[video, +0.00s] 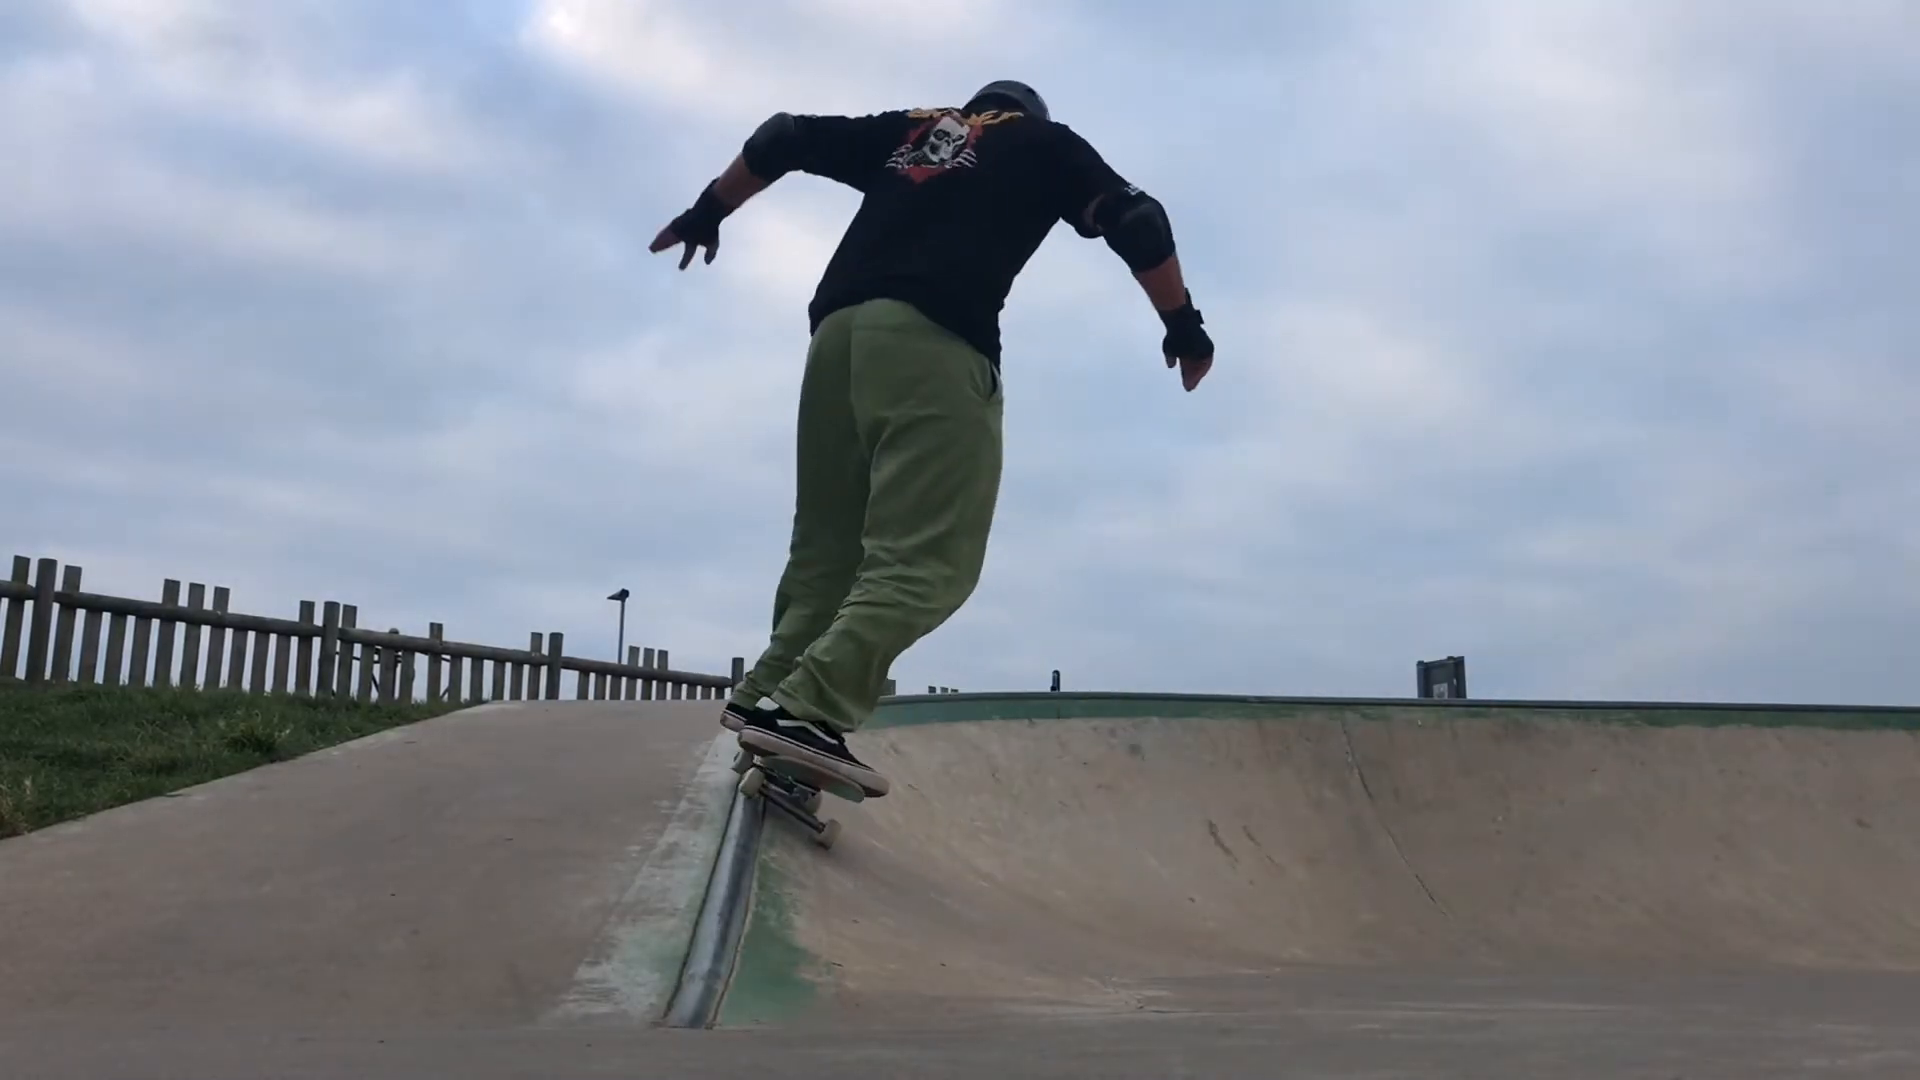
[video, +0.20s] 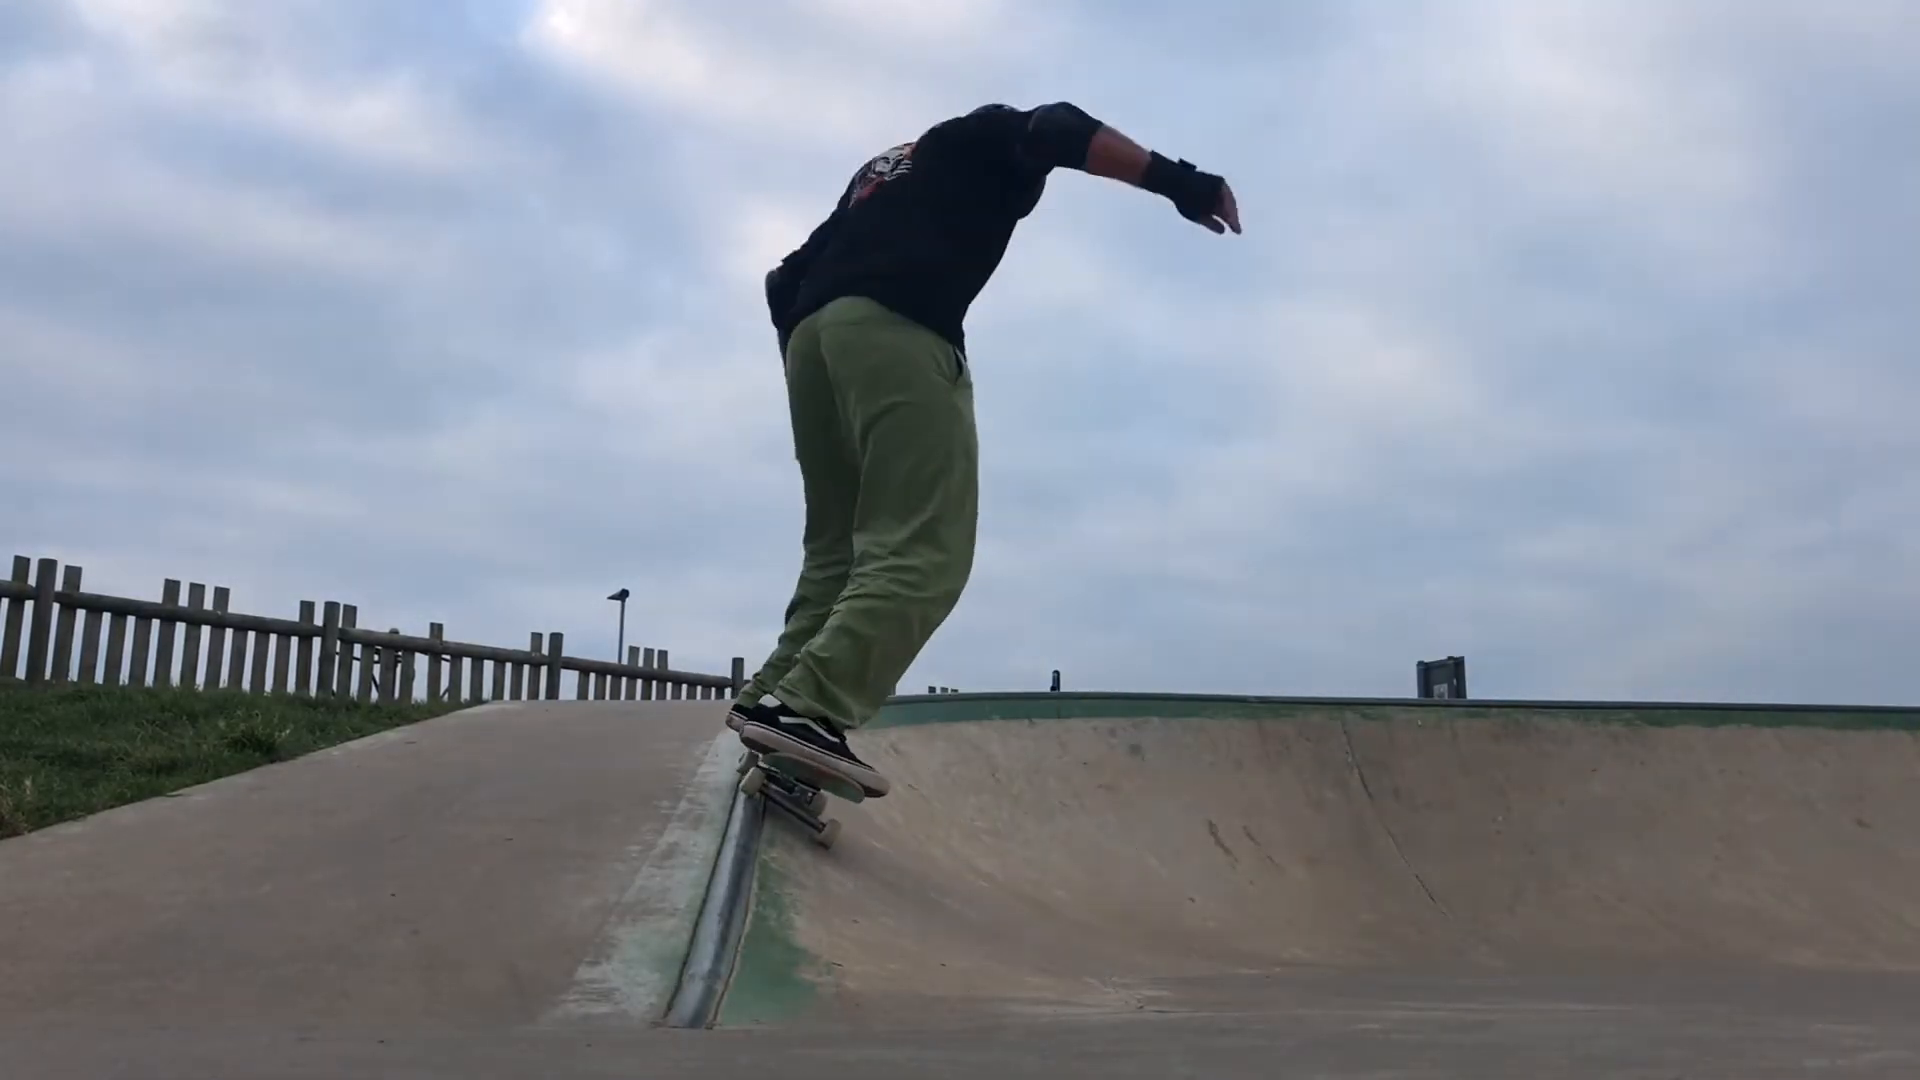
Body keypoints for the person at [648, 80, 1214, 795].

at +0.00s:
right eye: (1035, 128)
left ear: (970, 108)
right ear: (1033, 120)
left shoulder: (903, 129)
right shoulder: (1046, 142)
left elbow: (784, 135)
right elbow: (1137, 220)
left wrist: (710, 207)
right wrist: (1182, 322)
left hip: (835, 335)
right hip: (930, 336)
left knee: (827, 551)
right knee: (924, 562)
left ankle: (769, 701)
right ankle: (807, 712)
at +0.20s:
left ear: (909, 152)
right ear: (989, 131)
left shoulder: (867, 193)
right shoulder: (987, 134)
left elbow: (783, 277)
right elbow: (1062, 128)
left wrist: (808, 363)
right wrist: (1179, 179)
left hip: (809, 336)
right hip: (894, 323)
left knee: (834, 552)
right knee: (922, 547)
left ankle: (775, 713)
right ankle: (810, 709)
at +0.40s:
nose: (1070, 201)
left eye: (1081, 196)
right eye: (1080, 184)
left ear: (1061, 155)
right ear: (1066, 139)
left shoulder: (1001, 190)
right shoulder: (1016, 123)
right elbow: (944, 77)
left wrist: (1001, 408)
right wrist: (1031, 53)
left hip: (838, 327)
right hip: (900, 328)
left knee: (850, 546)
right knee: (928, 543)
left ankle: (784, 703)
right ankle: (809, 709)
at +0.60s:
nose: (1178, 187)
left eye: (1191, 178)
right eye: (1185, 166)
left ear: (1158, 142)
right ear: (1161, 127)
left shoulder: (1094, 188)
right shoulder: (1091, 114)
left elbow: (1004, 261)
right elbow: (1178, 115)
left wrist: (1018, 361)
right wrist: (1264, 156)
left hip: (995, 376)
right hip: (934, 335)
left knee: (1017, 571)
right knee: (931, 530)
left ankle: (961, 783)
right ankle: (771, 695)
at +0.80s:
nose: (1310, 266)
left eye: (1321, 256)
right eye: (1315, 243)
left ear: (1284, 219)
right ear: (1281, 198)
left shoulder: (1212, 301)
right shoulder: (1191, 188)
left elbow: (1163, 420)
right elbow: (1183, 88)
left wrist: (1212, 523)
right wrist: (1307, 62)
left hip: (1081, 429)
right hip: (1042, 400)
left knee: (1124, 646)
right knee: (1135, 563)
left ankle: (1066, 855)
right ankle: (983, 757)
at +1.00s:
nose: (1474, 320)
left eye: (1484, 306)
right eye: (1477, 296)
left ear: (1433, 271)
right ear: (1434, 260)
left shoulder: (1375, 392)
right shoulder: (1321, 257)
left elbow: (1357, 511)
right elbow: (1220, 210)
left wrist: (1449, 549)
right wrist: (1159, 165)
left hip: (1244, 516)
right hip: (1208, 502)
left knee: (1352, 709)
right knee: (1343, 703)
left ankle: (1205, 853)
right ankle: (1277, 928)